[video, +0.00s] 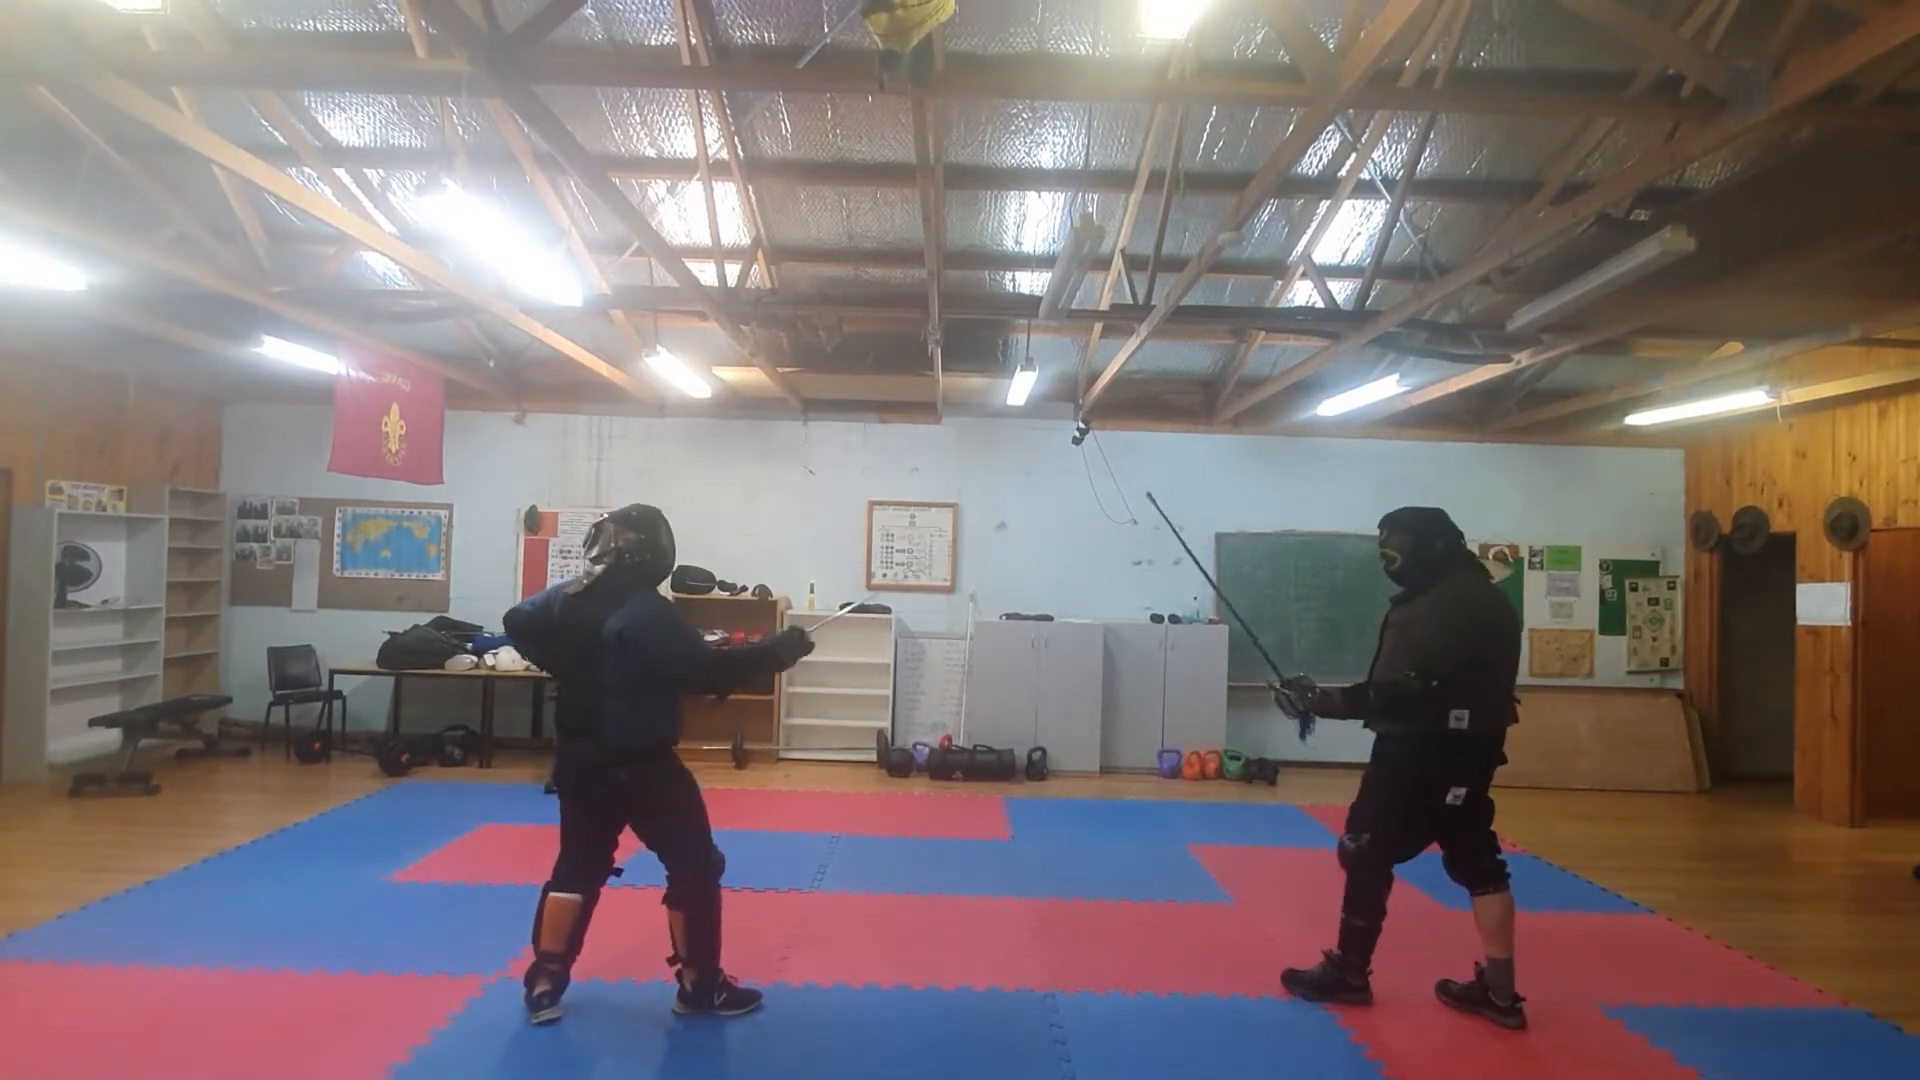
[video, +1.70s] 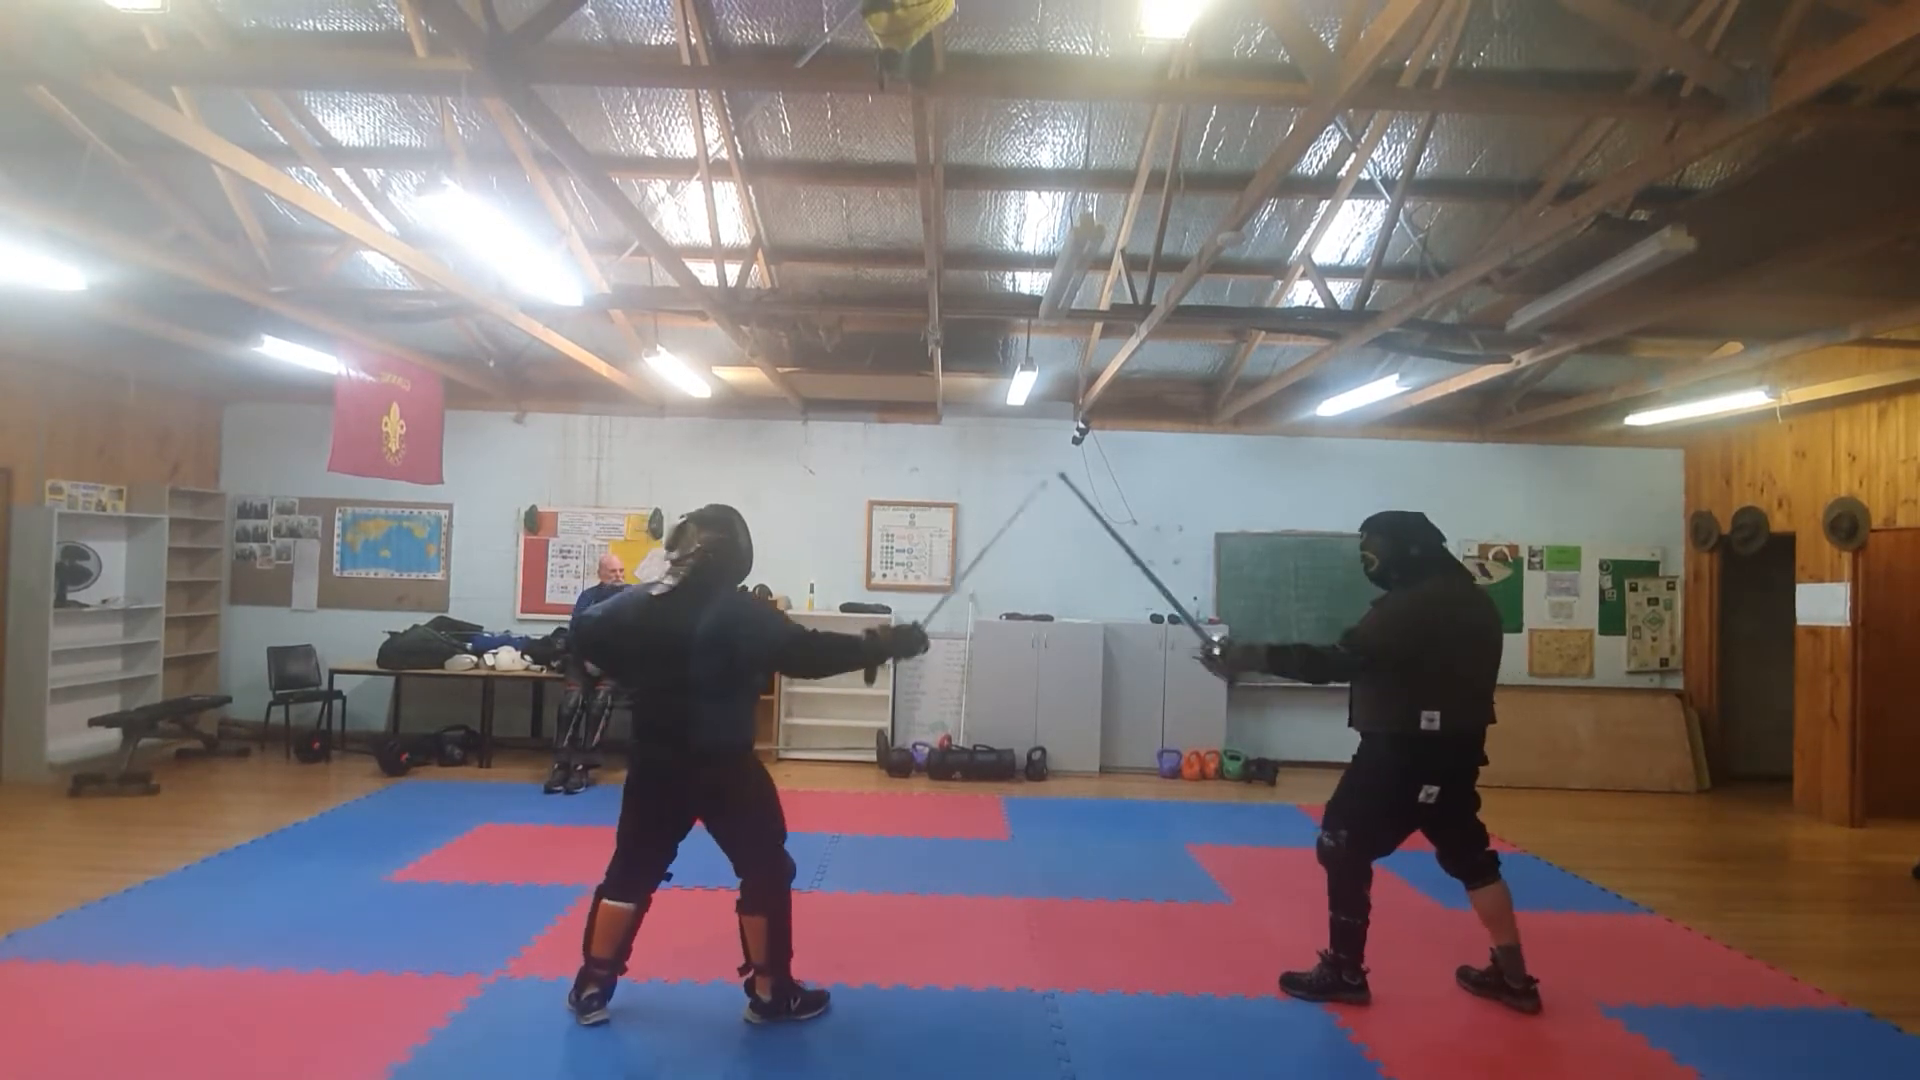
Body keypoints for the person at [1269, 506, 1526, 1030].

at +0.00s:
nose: (1388, 566)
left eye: (1394, 554)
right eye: (1385, 555)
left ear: (1423, 548)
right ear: (1442, 546)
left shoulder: (1421, 609)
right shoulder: (1491, 601)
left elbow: (1395, 700)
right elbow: (1495, 699)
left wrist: (1319, 699)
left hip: (1413, 757)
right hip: (1472, 758)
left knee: (1366, 852)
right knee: (1479, 864)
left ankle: (1349, 970)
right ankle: (1499, 989)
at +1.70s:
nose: (1368, 567)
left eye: (1373, 556)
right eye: (1366, 557)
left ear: (1402, 551)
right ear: (1426, 547)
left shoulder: (1405, 606)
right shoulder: (1475, 600)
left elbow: (1345, 659)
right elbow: (1474, 686)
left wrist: (1252, 657)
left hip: (1395, 753)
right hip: (1456, 752)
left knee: (1343, 844)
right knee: (1470, 855)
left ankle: (1344, 970)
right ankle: (1513, 973)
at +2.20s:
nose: (1401, 578)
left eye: (1406, 567)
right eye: (1399, 568)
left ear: (1435, 564)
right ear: (1458, 562)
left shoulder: (1440, 617)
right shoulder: (1512, 616)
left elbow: (1369, 665)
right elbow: (1511, 703)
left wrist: (1281, 643)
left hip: (1432, 768)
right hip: (1494, 771)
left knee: (1364, 851)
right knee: (1518, 869)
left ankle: (1345, 970)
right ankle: (1589, 984)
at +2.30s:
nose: (1419, 578)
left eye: (1424, 567)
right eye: (1417, 568)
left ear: (1454, 564)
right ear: (1480, 561)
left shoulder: (1460, 616)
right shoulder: (1532, 613)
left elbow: (1390, 668)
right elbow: (1534, 701)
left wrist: (1298, 647)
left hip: (1457, 765)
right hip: (1519, 765)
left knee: (1391, 855)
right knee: (1538, 870)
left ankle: (1350, 968)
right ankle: (1596, 991)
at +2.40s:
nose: (1437, 576)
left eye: (1442, 565)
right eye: (1435, 566)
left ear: (1471, 559)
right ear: (1498, 556)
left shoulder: (1478, 612)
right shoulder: (1548, 608)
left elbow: (1407, 667)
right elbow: (1546, 690)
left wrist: (1318, 651)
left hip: (1473, 760)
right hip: (1535, 759)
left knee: (1408, 855)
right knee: (1544, 867)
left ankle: (1360, 967)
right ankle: (1598, 992)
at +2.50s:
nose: (1450, 577)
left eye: (1455, 565)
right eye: (1447, 566)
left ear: (1485, 559)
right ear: (1512, 555)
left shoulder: (1486, 613)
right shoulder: (1562, 610)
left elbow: (1417, 666)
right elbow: (1563, 698)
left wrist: (1328, 649)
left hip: (1478, 763)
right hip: (1541, 763)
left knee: (1409, 849)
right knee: (1552, 869)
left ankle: (1396, 978)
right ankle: (1600, 993)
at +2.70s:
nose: (1450, 573)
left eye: (1456, 561)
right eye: (1447, 562)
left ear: (1490, 558)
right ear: (1513, 554)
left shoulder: (1487, 613)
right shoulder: (1562, 610)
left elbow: (1419, 667)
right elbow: (1561, 698)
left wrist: (1330, 648)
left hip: (1479, 760)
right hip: (1538, 761)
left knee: (1417, 855)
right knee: (1549, 869)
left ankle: (1431, 989)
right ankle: (1600, 993)